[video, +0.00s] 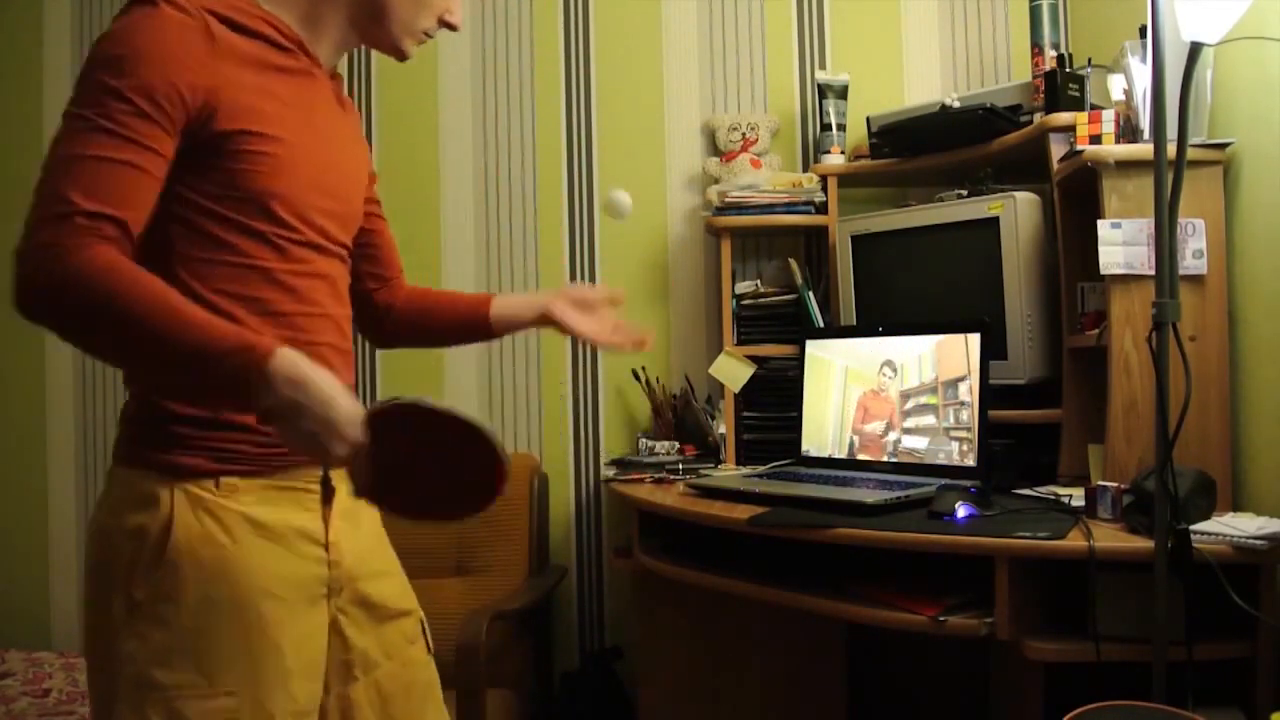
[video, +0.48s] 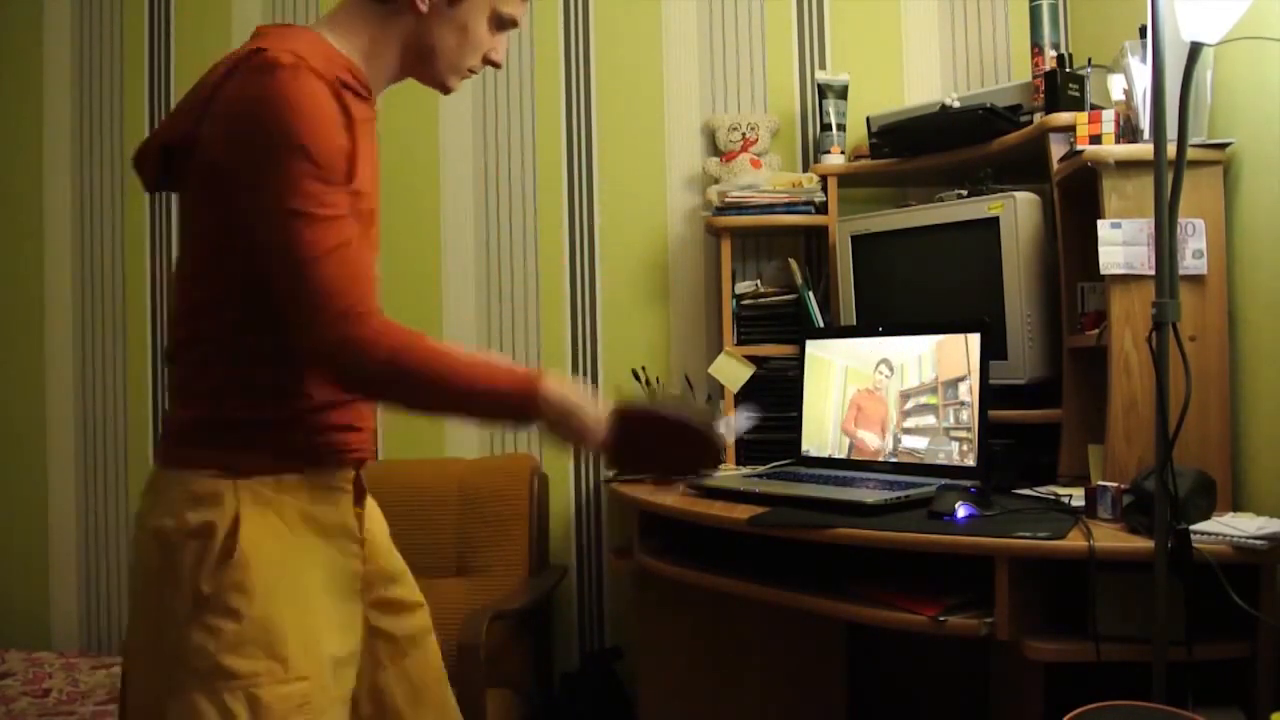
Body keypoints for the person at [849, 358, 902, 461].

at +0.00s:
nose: (885, 380)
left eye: (890, 378)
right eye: (883, 375)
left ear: (893, 380)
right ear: (878, 374)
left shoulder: (891, 402)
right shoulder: (865, 398)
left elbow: (896, 428)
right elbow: (855, 428)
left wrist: (891, 436)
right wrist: (871, 428)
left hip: (882, 452)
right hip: (865, 450)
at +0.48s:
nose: (882, 378)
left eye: (886, 376)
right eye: (880, 373)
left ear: (889, 380)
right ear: (874, 372)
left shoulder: (884, 402)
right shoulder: (859, 396)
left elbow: (885, 428)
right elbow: (846, 426)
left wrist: (886, 441)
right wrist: (864, 436)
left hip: (878, 457)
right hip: (859, 455)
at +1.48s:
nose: (881, 382)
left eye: (886, 380)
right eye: (880, 376)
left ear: (888, 383)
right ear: (874, 374)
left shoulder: (883, 404)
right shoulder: (858, 396)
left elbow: (882, 429)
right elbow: (842, 420)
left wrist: (884, 437)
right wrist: (860, 427)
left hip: (874, 454)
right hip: (857, 453)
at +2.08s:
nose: (886, 387)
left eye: (891, 385)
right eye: (886, 381)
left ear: (893, 388)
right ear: (880, 378)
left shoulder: (884, 404)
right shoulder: (865, 397)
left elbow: (883, 426)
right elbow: (849, 416)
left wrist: (889, 434)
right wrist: (872, 422)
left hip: (874, 454)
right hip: (859, 453)